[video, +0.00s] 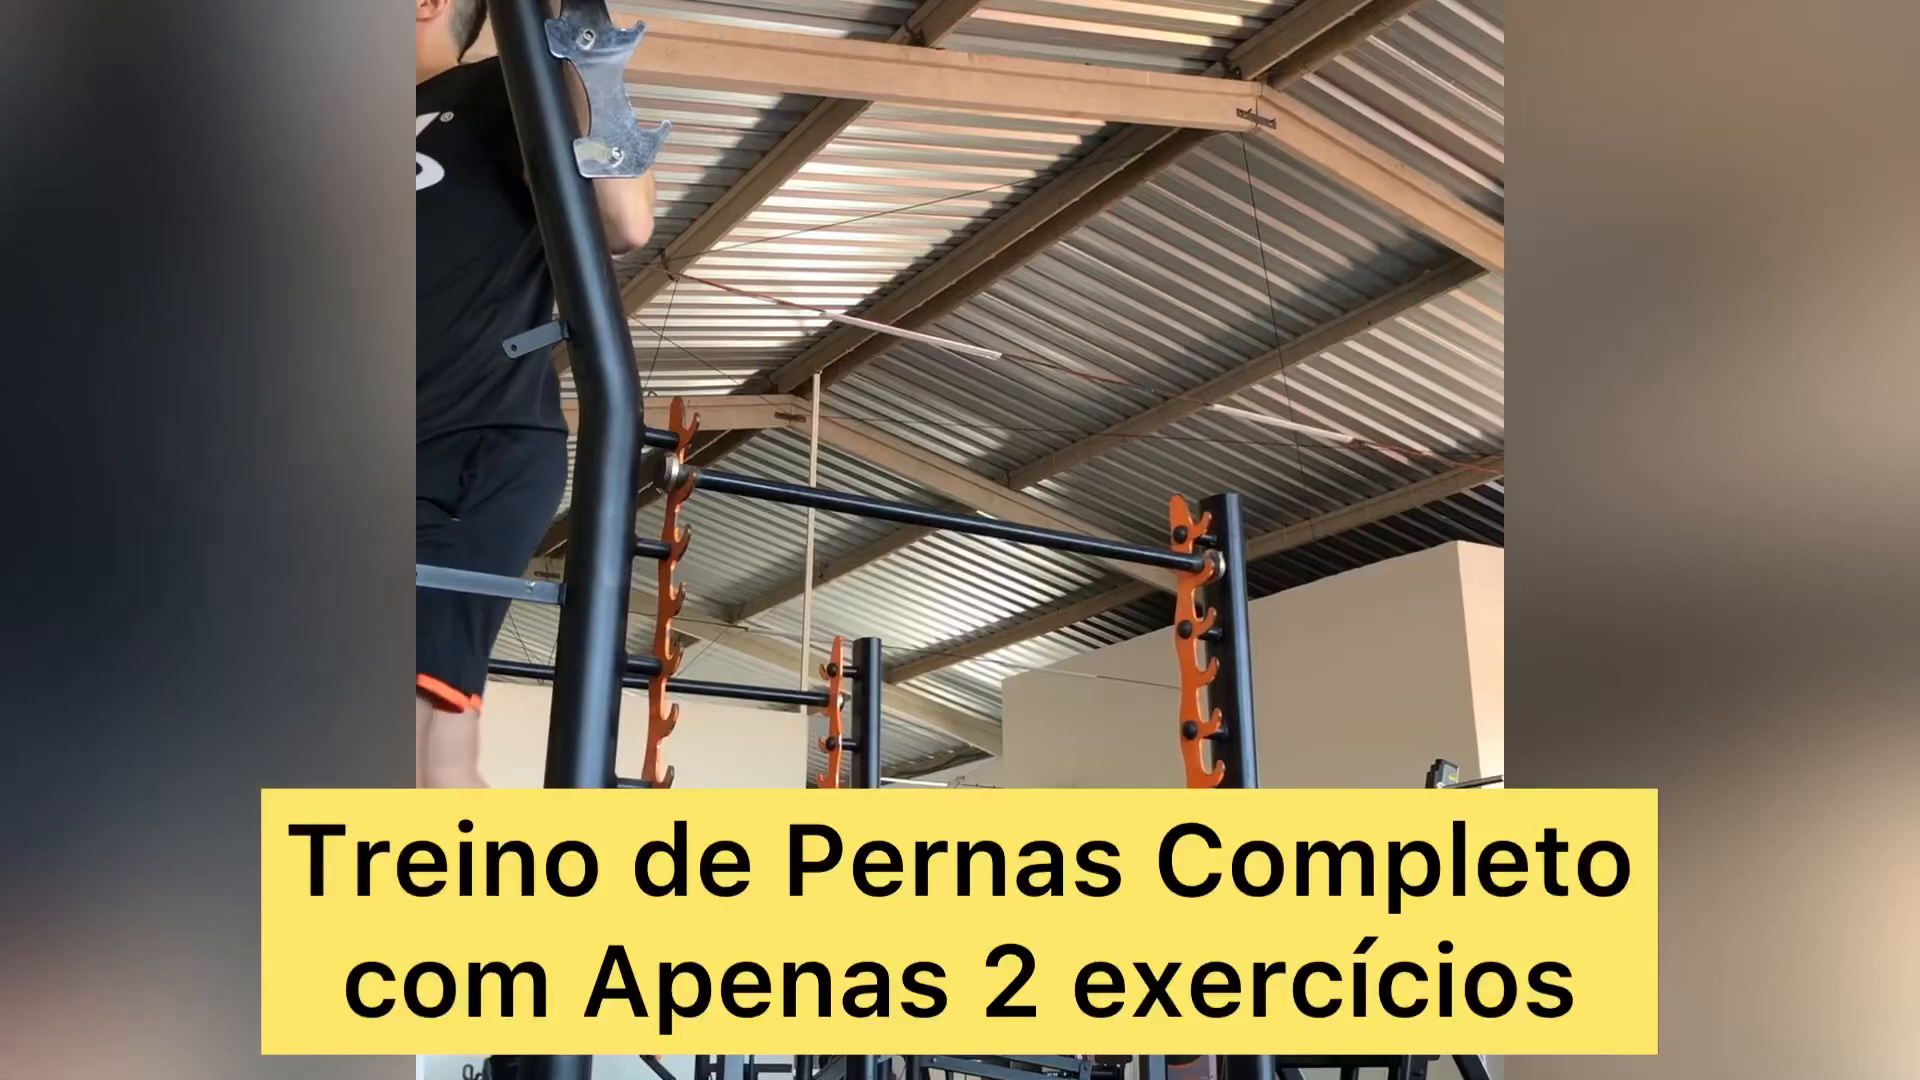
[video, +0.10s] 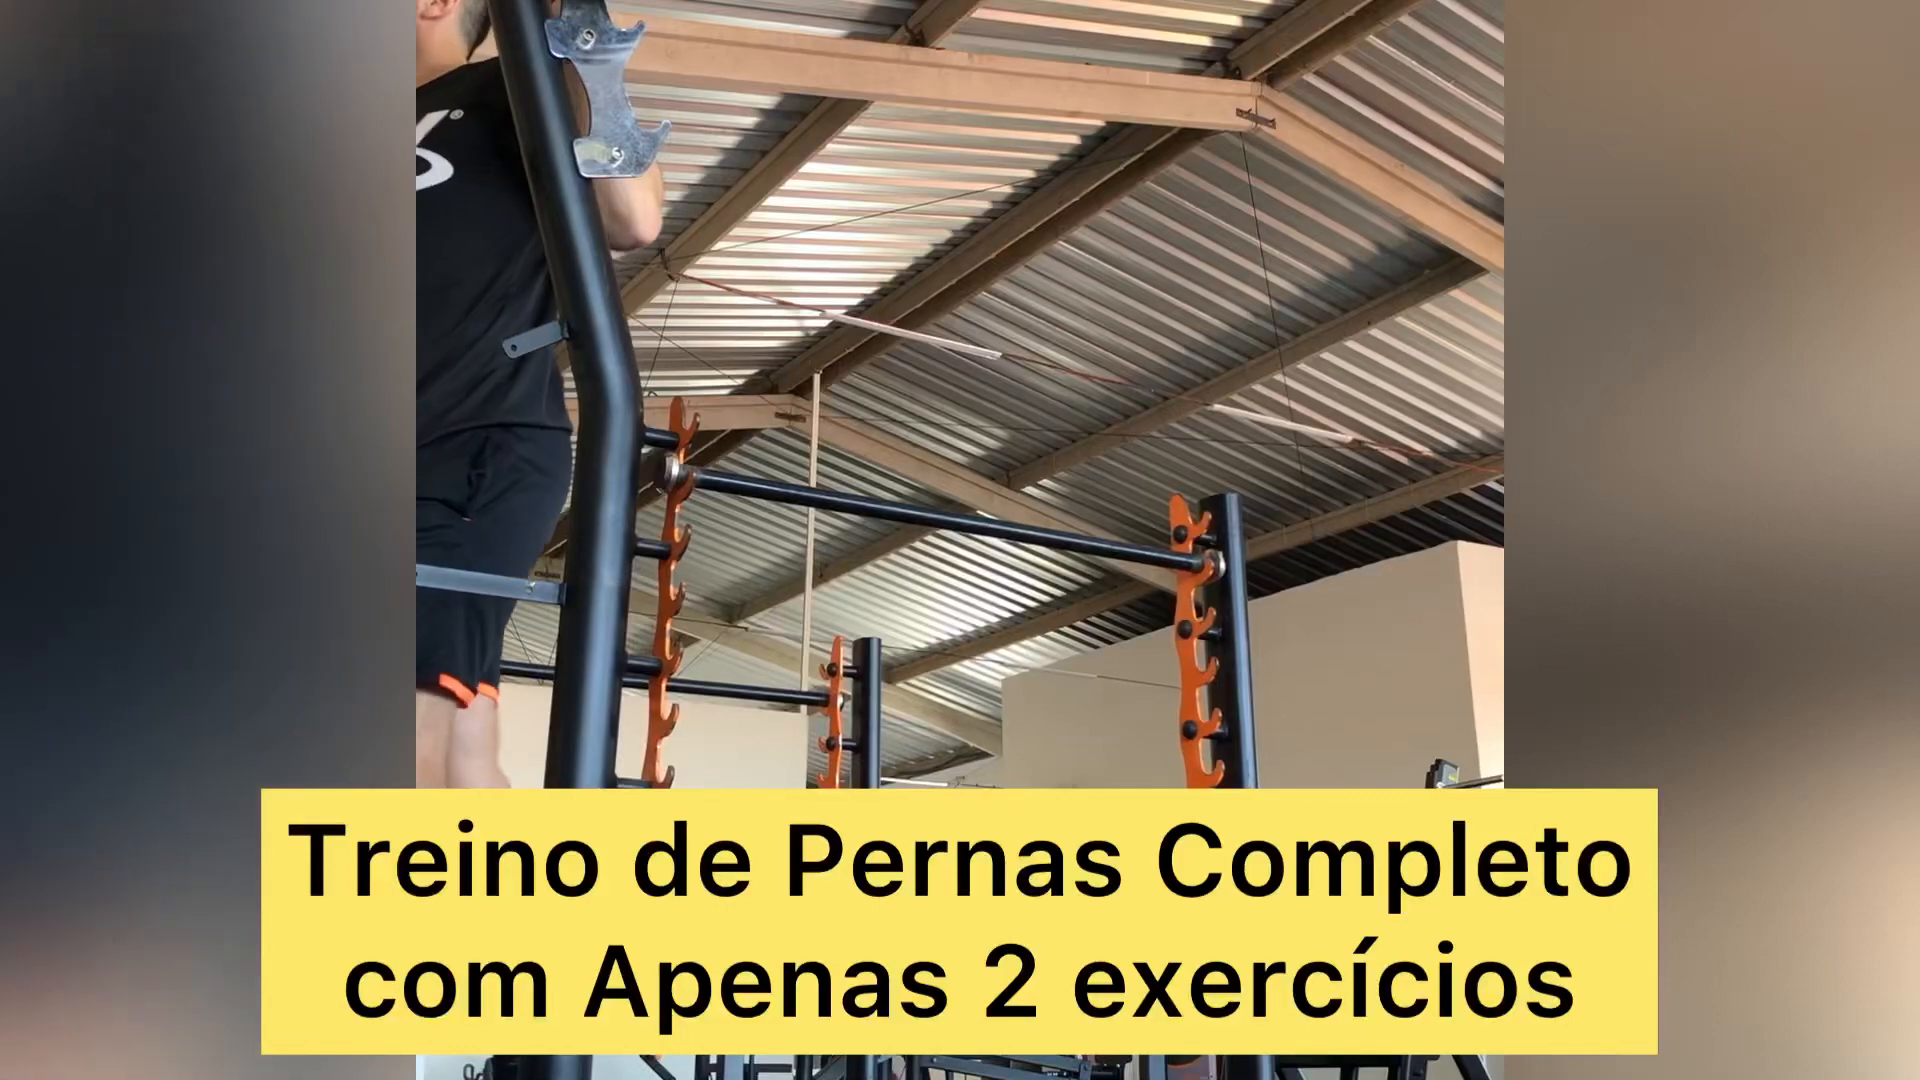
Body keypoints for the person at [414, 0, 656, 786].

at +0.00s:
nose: (396, 22)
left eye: (404, 11)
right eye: (395, 13)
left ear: (438, 7)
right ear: (434, 9)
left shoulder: (511, 85)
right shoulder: (370, 112)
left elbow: (628, 224)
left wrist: (595, 64)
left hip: (491, 435)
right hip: (403, 431)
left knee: (430, 696)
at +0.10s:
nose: (392, 22)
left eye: (400, 9)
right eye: (395, 11)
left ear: (440, 6)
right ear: (440, 10)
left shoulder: (515, 87)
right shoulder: (399, 118)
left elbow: (637, 221)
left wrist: (596, 65)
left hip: (495, 437)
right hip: (426, 438)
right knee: (468, 749)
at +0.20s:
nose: (396, 19)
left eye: (406, 6)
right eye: (401, 8)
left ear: (451, 9)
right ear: (452, 12)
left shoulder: (518, 95)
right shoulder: (400, 125)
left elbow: (646, 229)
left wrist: (602, 84)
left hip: (498, 439)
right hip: (433, 441)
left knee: (416, 747)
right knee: (477, 756)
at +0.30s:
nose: (406, 15)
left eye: (415, 3)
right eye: (411, 4)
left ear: (458, 13)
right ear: (457, 16)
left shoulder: (530, 99)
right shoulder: (409, 129)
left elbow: (656, 236)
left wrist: (604, 89)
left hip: (507, 430)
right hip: (433, 433)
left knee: (427, 705)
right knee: (482, 725)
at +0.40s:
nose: (405, 16)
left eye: (418, 3)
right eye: (412, 4)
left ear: (468, 16)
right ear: (463, 21)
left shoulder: (546, 105)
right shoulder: (416, 135)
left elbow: (668, 246)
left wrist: (613, 90)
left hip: (510, 426)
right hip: (434, 429)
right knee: (495, 704)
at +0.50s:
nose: (408, 20)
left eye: (425, 5)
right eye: (418, 6)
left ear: (479, 28)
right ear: (472, 33)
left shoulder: (553, 123)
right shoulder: (450, 166)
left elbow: (680, 258)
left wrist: (633, 108)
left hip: (516, 466)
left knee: (442, 793)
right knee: (511, 786)